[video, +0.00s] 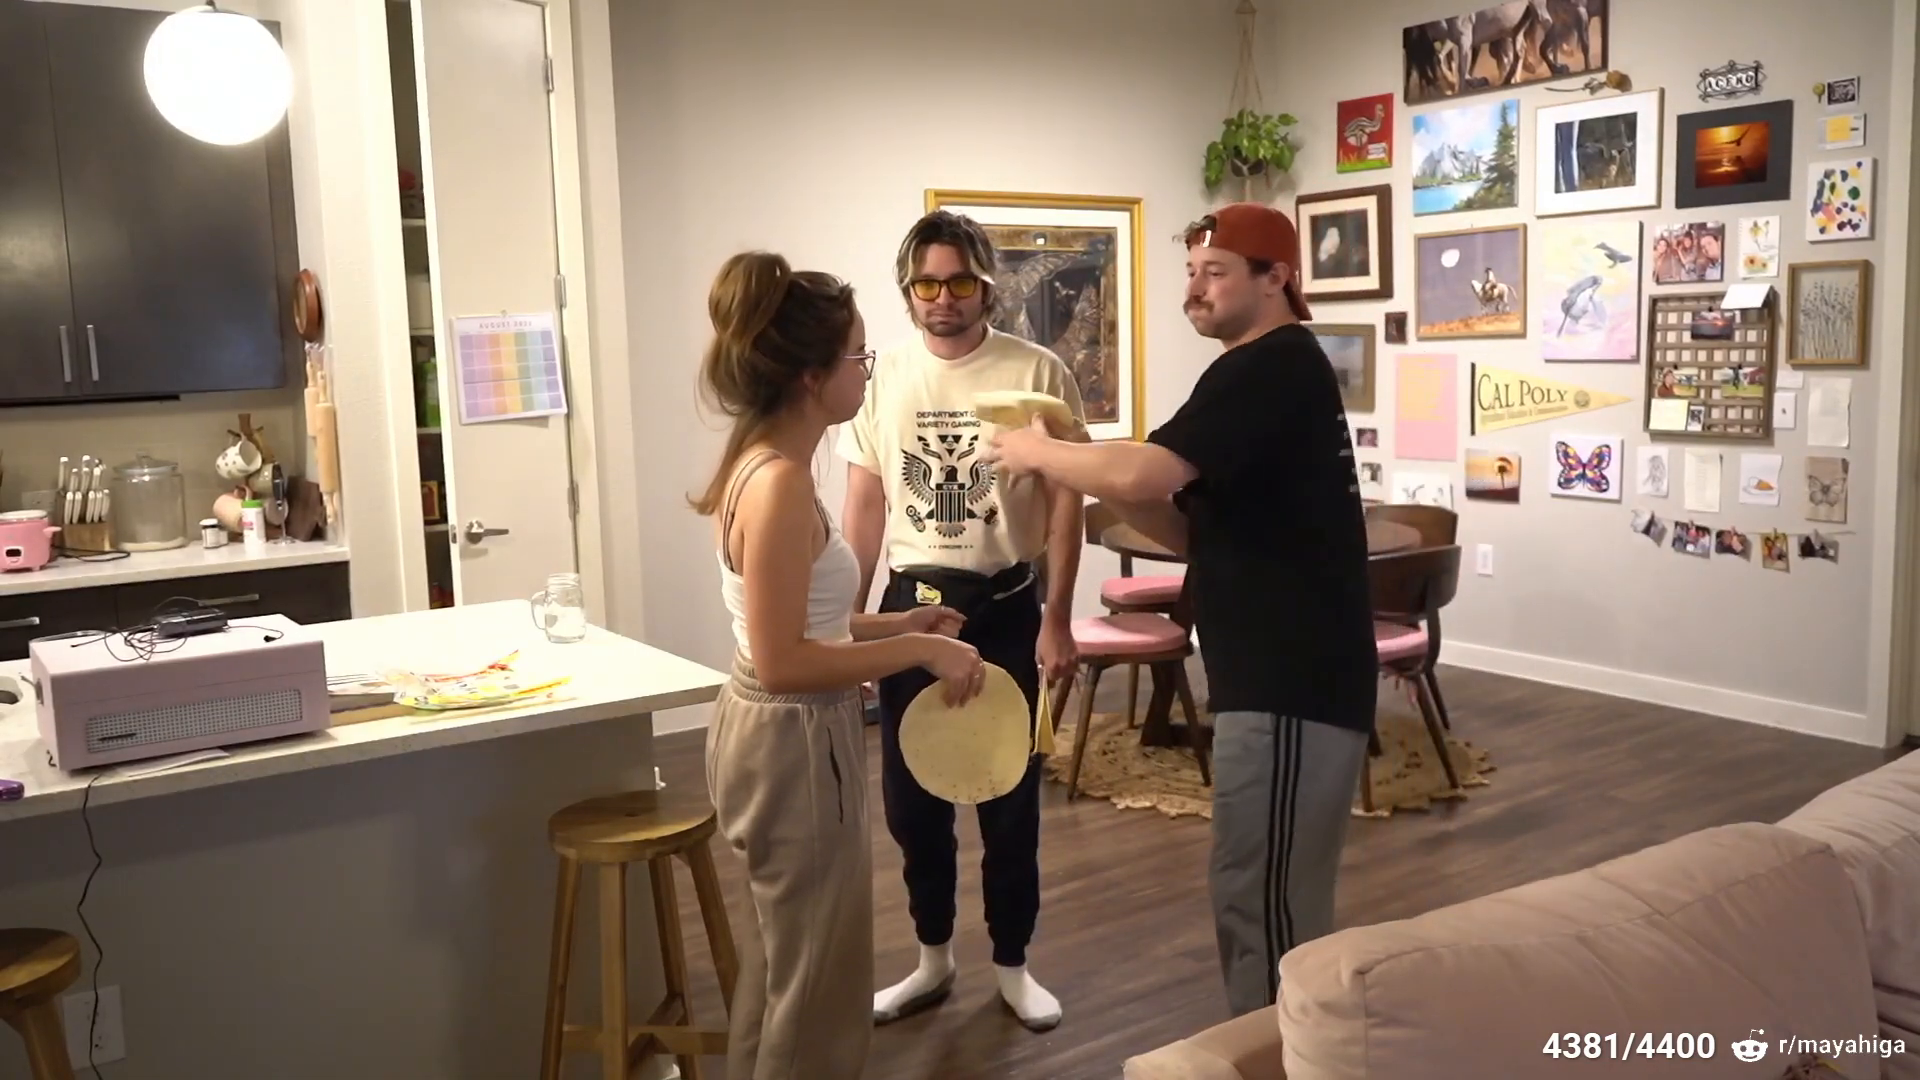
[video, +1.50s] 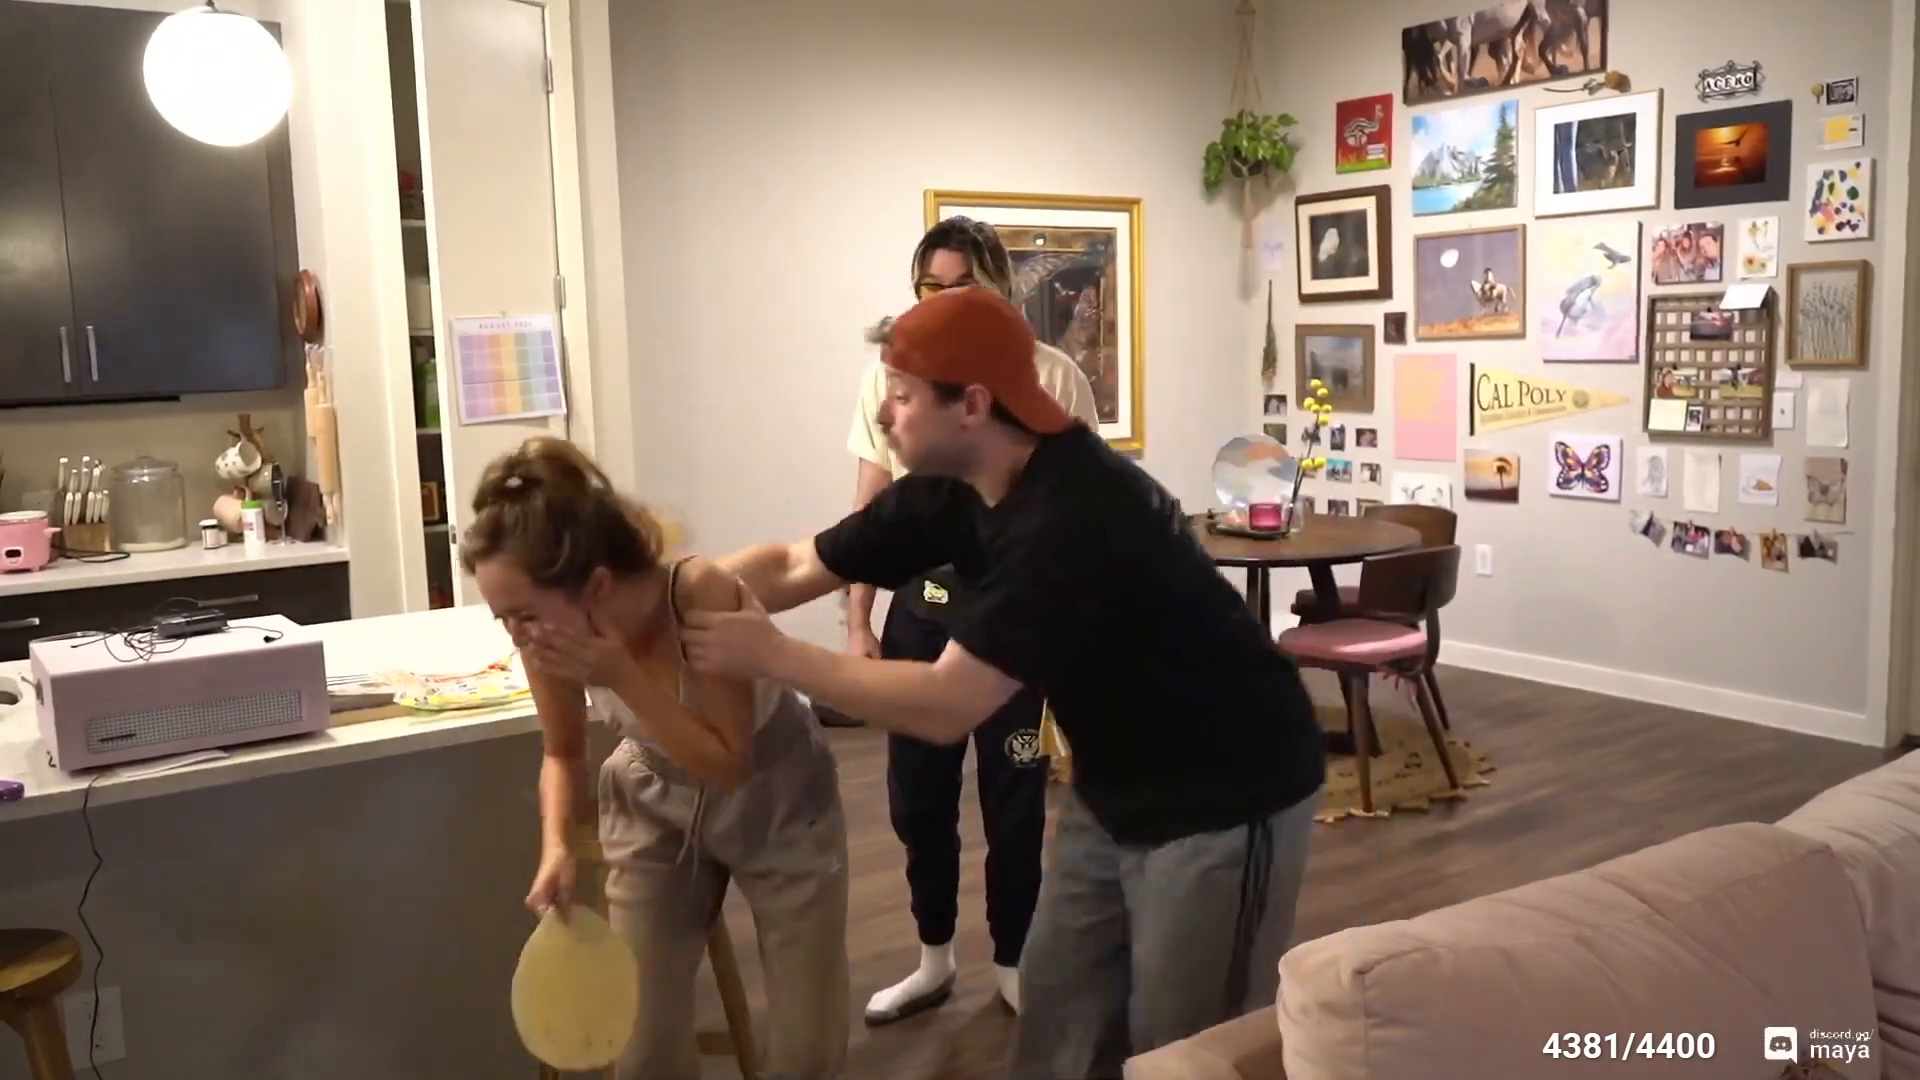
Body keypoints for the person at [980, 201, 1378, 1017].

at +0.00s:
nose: (1195, 289)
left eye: (1214, 272)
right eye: (1193, 275)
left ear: (1273, 278)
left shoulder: (1272, 364)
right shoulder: (1262, 367)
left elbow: (1153, 471)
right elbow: (1186, 531)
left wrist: (1043, 454)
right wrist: (1091, 474)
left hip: (1288, 689)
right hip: (1274, 684)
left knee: (1262, 908)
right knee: (1267, 904)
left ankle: (1274, 1070)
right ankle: (1278, 1066)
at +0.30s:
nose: (1150, 307)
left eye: (1169, 288)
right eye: (1148, 293)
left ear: (1235, 294)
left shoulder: (1289, 380)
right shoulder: (1181, 448)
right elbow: (1099, 569)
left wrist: (1194, 546)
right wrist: (1056, 474)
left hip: (1311, 730)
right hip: (1218, 733)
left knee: (1267, 959)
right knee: (1268, 933)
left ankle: (1289, 1074)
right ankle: (1325, 1057)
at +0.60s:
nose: (1147, 313)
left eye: (1164, 294)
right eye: (1145, 295)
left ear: (1231, 291)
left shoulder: (1352, 403)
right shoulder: (1159, 421)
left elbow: (1465, 536)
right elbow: (1132, 573)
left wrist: (1325, 569)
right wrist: (1191, 663)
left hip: (1311, 745)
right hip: (1191, 737)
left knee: (1275, 968)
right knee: (1196, 913)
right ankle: (1283, 1043)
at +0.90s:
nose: (1167, 331)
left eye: (1187, 313)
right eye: (1166, 311)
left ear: (1255, 319)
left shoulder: (1350, 403)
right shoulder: (1186, 400)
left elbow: (1286, 551)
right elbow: (1132, 534)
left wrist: (1183, 433)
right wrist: (1085, 636)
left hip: (1329, 710)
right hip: (1223, 705)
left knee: (1305, 921)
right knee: (1242, 908)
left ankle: (1333, 1062)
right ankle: (1267, 1055)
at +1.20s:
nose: (1122, 385)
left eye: (1145, 368)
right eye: (1126, 366)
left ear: (1213, 379)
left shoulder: (1290, 465)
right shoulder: (1142, 467)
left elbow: (1198, 576)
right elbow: (1003, 529)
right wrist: (870, 494)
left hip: (1338, 748)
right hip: (1267, 756)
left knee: (1261, 951)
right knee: (1376, 940)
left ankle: (1327, 1067)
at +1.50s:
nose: (884, 416)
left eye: (900, 398)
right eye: (886, 395)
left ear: (972, 406)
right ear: (967, 408)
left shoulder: (1073, 506)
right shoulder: (947, 493)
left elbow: (949, 704)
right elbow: (795, 564)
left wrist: (776, 656)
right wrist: (709, 579)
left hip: (1232, 801)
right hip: (1112, 790)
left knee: (1187, 1057)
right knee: (1059, 1023)